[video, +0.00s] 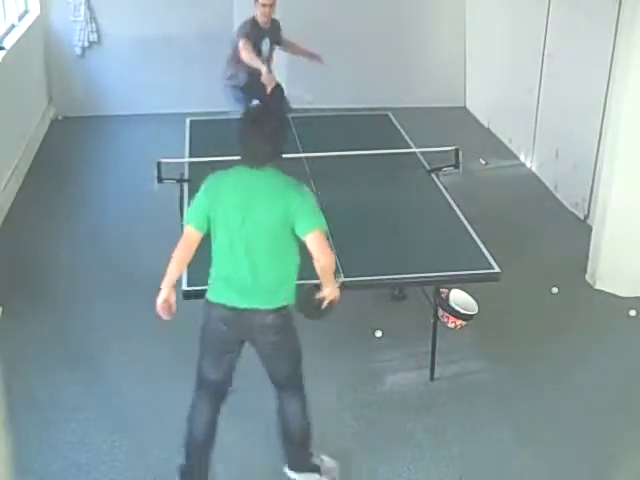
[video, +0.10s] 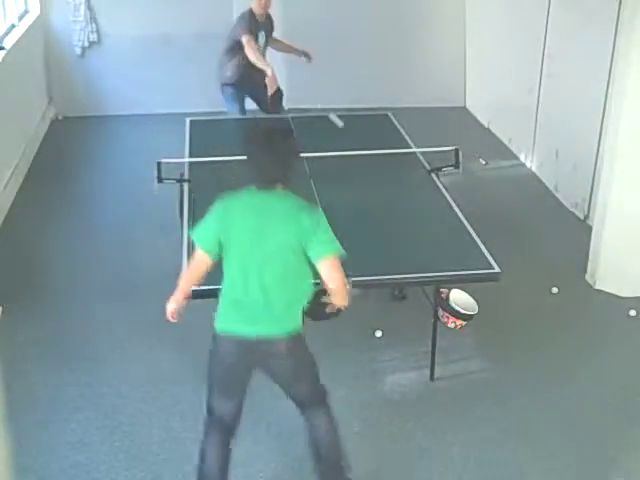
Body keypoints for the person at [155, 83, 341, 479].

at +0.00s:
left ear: (243, 142)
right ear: (279, 145)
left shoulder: (216, 185)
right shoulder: (294, 192)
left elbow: (189, 240)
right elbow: (322, 252)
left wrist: (168, 284)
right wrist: (329, 284)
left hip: (222, 315)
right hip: (271, 319)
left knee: (208, 390)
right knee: (289, 388)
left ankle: (193, 471)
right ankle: (300, 465)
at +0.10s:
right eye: (290, 158)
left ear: (249, 162)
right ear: (290, 163)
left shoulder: (226, 207)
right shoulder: (305, 213)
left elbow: (199, 261)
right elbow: (334, 278)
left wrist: (179, 297)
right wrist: (339, 300)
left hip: (231, 340)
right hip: (282, 341)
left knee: (219, 423)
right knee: (315, 410)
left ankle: (210, 475)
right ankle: (334, 474)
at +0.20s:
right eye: (310, 195)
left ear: (275, 196)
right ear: (312, 200)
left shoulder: (247, 236)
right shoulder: (325, 248)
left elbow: (215, 297)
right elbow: (356, 318)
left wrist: (191, 329)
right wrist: (384, 325)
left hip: (245, 373)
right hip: (301, 374)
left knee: (221, 451)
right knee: (347, 429)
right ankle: (376, 473)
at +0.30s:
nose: (370, 227)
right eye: (368, 220)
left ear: (327, 214)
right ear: (361, 220)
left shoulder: (287, 248)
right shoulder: (361, 276)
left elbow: (254, 297)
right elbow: (364, 346)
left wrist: (224, 346)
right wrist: (410, 384)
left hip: (277, 385)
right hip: (332, 389)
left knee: (246, 449)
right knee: (378, 433)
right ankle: (402, 474)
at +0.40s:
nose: (413, 235)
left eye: (412, 228)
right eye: (412, 228)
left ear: (373, 224)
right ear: (407, 234)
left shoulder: (337, 252)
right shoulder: (399, 283)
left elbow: (299, 297)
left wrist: (270, 351)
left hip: (319, 387)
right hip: (369, 393)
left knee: (281, 452)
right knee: (410, 425)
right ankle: (412, 475)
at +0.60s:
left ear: (395, 209)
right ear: (437, 202)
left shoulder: (389, 265)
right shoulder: (474, 243)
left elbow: (367, 335)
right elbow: (523, 245)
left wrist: (324, 385)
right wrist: (476, 192)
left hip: (406, 379)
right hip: (460, 383)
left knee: (351, 418)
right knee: (447, 434)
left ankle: (306, 472)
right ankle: (431, 475)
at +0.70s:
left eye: (412, 206)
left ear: (416, 213)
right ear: (456, 199)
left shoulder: (420, 268)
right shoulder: (486, 227)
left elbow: (413, 347)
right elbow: (490, 170)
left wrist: (384, 411)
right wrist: (429, 146)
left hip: (443, 376)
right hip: (496, 378)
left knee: (385, 417)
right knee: (497, 424)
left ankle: (347, 470)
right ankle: (474, 472)